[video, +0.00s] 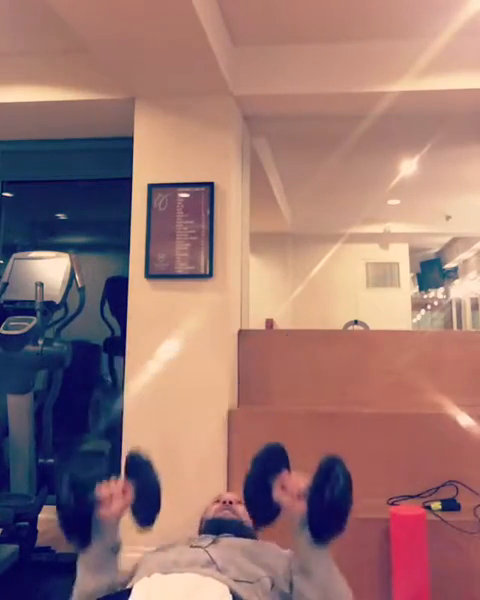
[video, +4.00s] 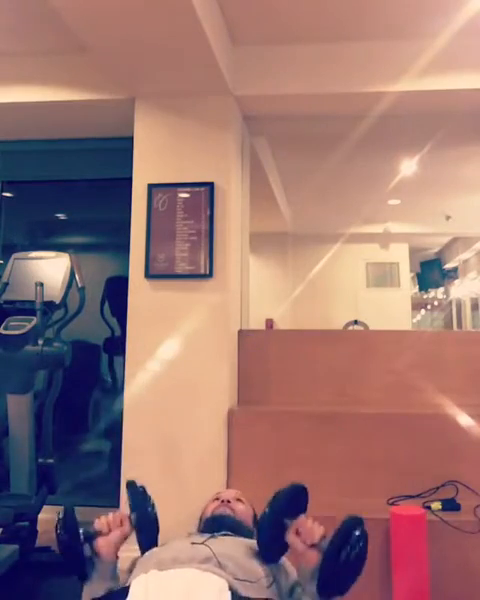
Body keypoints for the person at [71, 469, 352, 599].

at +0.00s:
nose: (226, 501)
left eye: (237, 502)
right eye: (217, 502)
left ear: (255, 525)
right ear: (198, 525)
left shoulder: (277, 556)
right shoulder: (157, 556)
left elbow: (327, 596)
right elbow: (94, 595)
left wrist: (305, 524)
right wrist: (106, 526)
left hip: (222, 590)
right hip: (150, 588)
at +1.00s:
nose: (230, 509)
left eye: (240, 511)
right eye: (222, 509)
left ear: (258, 529)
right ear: (203, 525)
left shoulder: (284, 558)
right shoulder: (157, 552)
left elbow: (332, 551)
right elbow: (98, 542)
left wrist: (310, 450)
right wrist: (124, 447)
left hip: (227, 590)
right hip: (153, 587)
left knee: (203, 590)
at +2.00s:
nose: (230, 514)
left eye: (242, 517)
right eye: (222, 514)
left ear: (258, 531)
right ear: (207, 523)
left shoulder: (281, 565)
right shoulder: (151, 546)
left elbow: (295, 496)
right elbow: (145, 474)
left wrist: (277, 403)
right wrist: (155, 388)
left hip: (223, 589)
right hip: (145, 586)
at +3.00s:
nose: (228, 512)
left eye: (239, 513)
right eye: (220, 511)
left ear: (258, 532)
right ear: (202, 528)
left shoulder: (274, 552)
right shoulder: (158, 552)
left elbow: (334, 579)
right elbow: (92, 565)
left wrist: (306, 465)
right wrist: (122, 461)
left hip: (224, 591)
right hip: (152, 589)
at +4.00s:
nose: (226, 500)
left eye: (238, 500)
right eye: (216, 499)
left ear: (255, 522)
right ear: (200, 519)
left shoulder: (265, 550)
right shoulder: (154, 553)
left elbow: (298, 596)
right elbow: (106, 597)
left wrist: (307, 564)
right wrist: (106, 558)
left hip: (214, 588)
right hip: (145, 588)